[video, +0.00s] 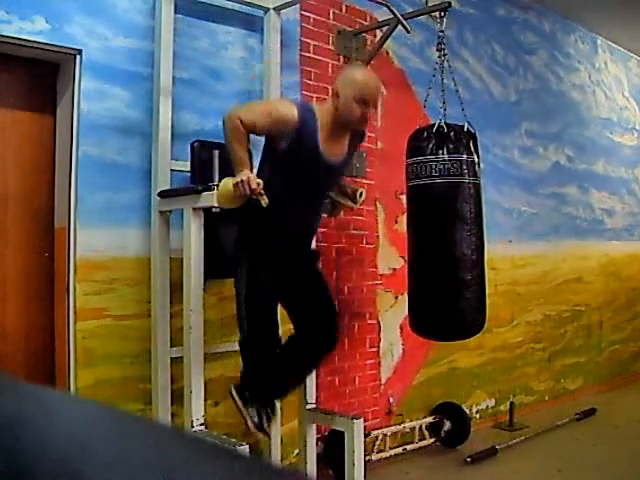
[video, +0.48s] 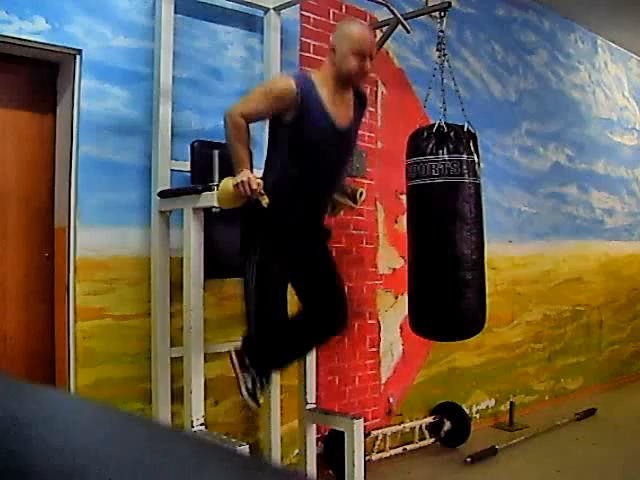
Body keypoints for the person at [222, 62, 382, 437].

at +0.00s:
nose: (368, 116)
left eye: (373, 107)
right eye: (363, 105)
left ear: (372, 106)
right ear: (337, 96)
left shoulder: (351, 138)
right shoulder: (293, 117)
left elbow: (312, 172)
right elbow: (236, 119)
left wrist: (336, 190)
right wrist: (243, 171)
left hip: (297, 248)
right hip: (259, 243)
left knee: (322, 329)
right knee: (260, 337)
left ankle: (257, 391)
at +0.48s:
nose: (367, 68)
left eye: (371, 58)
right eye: (360, 57)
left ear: (372, 58)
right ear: (334, 53)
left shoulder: (357, 99)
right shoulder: (293, 89)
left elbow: (324, 150)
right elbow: (236, 116)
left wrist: (340, 184)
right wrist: (243, 170)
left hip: (308, 223)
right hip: (269, 220)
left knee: (331, 314)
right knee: (267, 323)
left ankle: (256, 358)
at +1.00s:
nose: (371, 108)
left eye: (376, 100)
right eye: (365, 97)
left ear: (377, 99)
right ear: (339, 90)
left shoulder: (355, 129)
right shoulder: (293, 114)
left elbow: (320, 162)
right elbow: (235, 118)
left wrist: (340, 183)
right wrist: (244, 172)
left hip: (297, 244)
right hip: (260, 237)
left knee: (316, 327)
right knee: (253, 325)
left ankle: (243, 375)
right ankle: (243, 377)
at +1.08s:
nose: (370, 129)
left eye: (375, 121)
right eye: (363, 118)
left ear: (377, 120)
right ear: (338, 111)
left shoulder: (352, 150)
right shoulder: (295, 129)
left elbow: (311, 178)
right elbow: (237, 119)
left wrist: (335, 191)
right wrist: (244, 172)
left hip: (293, 259)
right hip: (255, 254)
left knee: (315, 340)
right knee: (254, 348)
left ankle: (242, 390)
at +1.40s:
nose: (371, 105)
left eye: (376, 96)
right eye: (363, 94)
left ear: (377, 96)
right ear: (338, 89)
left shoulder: (356, 130)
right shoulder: (293, 114)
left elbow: (320, 167)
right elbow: (236, 119)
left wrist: (341, 187)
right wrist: (244, 171)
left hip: (301, 249)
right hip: (262, 244)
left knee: (326, 331)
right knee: (261, 337)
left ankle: (253, 377)